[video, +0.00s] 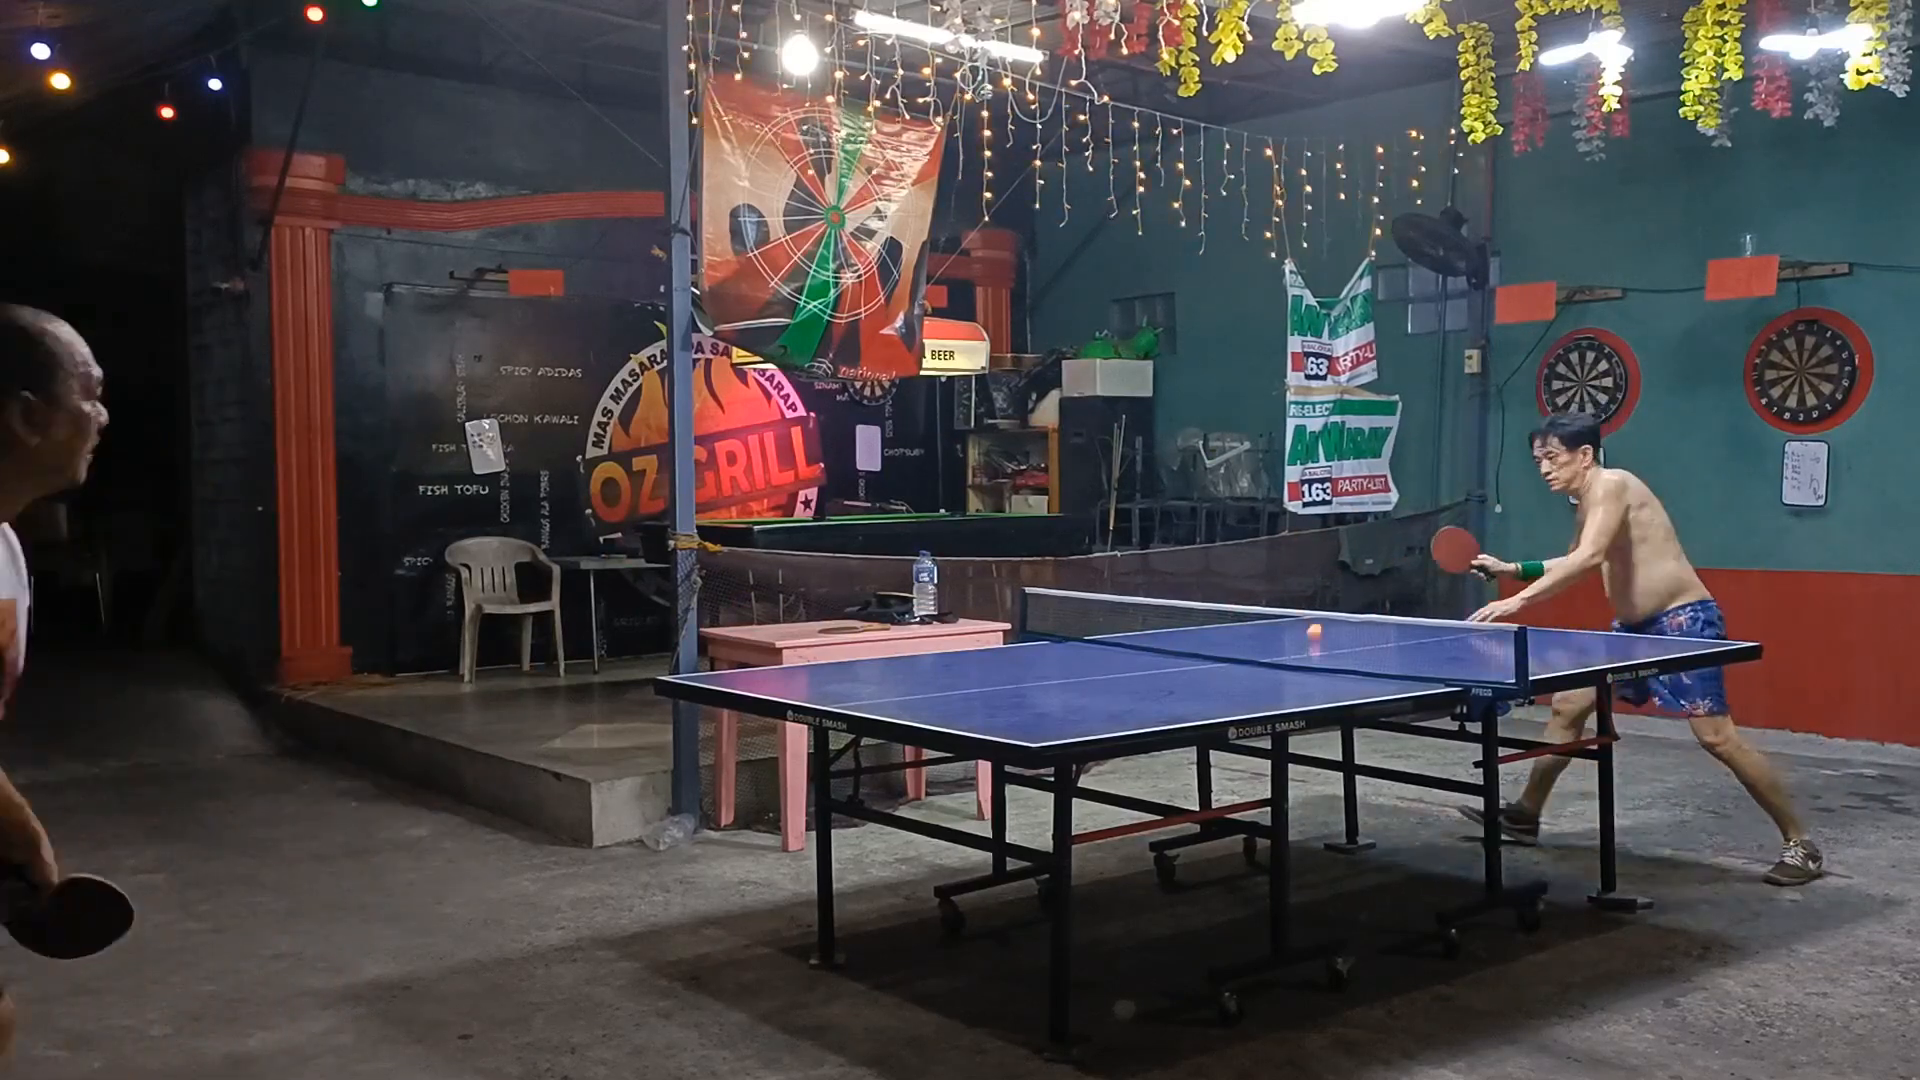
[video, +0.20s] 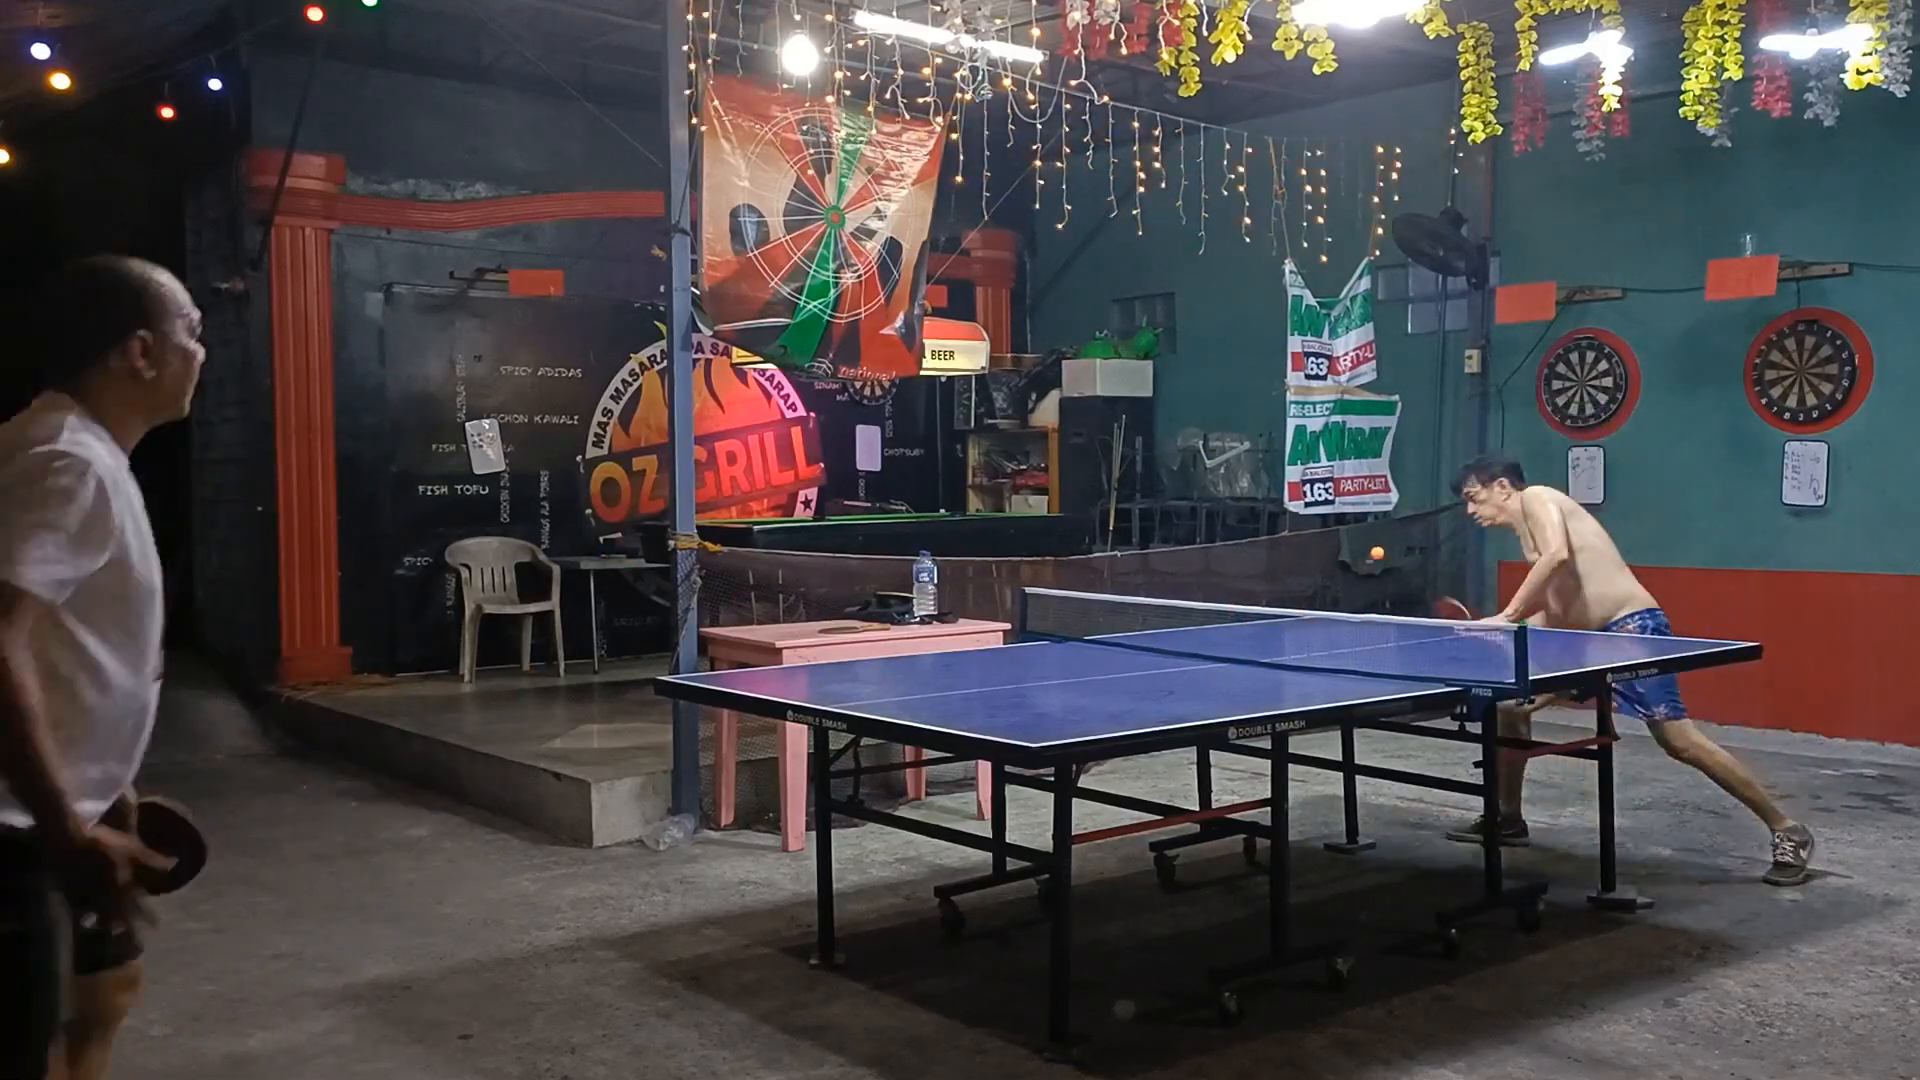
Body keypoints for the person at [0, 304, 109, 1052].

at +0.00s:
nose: (102, 419)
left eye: (98, 397)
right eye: (89, 397)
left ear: (32, 416)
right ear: (26, 415)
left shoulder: (12, 553)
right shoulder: (5, 557)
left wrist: (25, 835)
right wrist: (25, 833)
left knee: (1, 1021)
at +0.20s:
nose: (203, 351)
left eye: (199, 332)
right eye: (189, 332)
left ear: (134, 354)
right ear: (139, 353)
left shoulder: (66, 449)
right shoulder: (69, 467)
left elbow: (40, 661)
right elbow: (6, 645)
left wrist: (110, 800)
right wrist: (67, 826)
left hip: (58, 833)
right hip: (34, 843)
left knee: (103, 994)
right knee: (48, 1039)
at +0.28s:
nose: (255, 328)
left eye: (253, 309)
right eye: (246, 307)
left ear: (183, 322)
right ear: (198, 320)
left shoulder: (114, 415)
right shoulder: (130, 423)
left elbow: (95, 614)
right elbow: (58, 597)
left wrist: (191, 751)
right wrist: (175, 767)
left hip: (88, 769)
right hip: (79, 776)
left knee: (144, 1017)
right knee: (194, 1028)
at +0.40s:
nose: (313, 352)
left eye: (311, 333)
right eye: (305, 332)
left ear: (245, 346)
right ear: (260, 346)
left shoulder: (181, 438)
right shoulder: (189, 447)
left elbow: (178, 634)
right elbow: (132, 623)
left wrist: (277, 749)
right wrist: (266, 775)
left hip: (137, 771)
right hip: (135, 780)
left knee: (249, 974)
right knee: (339, 997)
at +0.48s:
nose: (370, 417)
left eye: (368, 399)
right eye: (361, 398)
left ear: (307, 413)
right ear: (316, 411)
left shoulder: (248, 503)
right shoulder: (245, 515)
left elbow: (256, 690)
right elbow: (213, 700)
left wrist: (349, 786)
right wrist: (348, 826)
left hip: (211, 809)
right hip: (200, 823)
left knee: (324, 961)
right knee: (440, 993)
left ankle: (281, 1077)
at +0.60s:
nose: (433, 465)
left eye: (435, 447)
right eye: (429, 445)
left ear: (362, 440)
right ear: (380, 443)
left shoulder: (299, 523)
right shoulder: (288, 531)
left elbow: (323, 703)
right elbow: (254, 714)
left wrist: (434, 754)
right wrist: (384, 830)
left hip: (239, 813)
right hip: (222, 826)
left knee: (350, 949)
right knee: (460, 991)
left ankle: (293, 1072)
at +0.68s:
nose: (477, 483)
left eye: (483, 466)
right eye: (477, 462)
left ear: (421, 448)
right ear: (430, 450)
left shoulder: (362, 526)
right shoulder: (315, 513)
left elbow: (356, 682)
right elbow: (237, 683)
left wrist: (477, 678)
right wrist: (364, 808)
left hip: (269, 789)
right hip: (215, 800)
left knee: (346, 963)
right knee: (442, 988)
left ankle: (301, 1072)